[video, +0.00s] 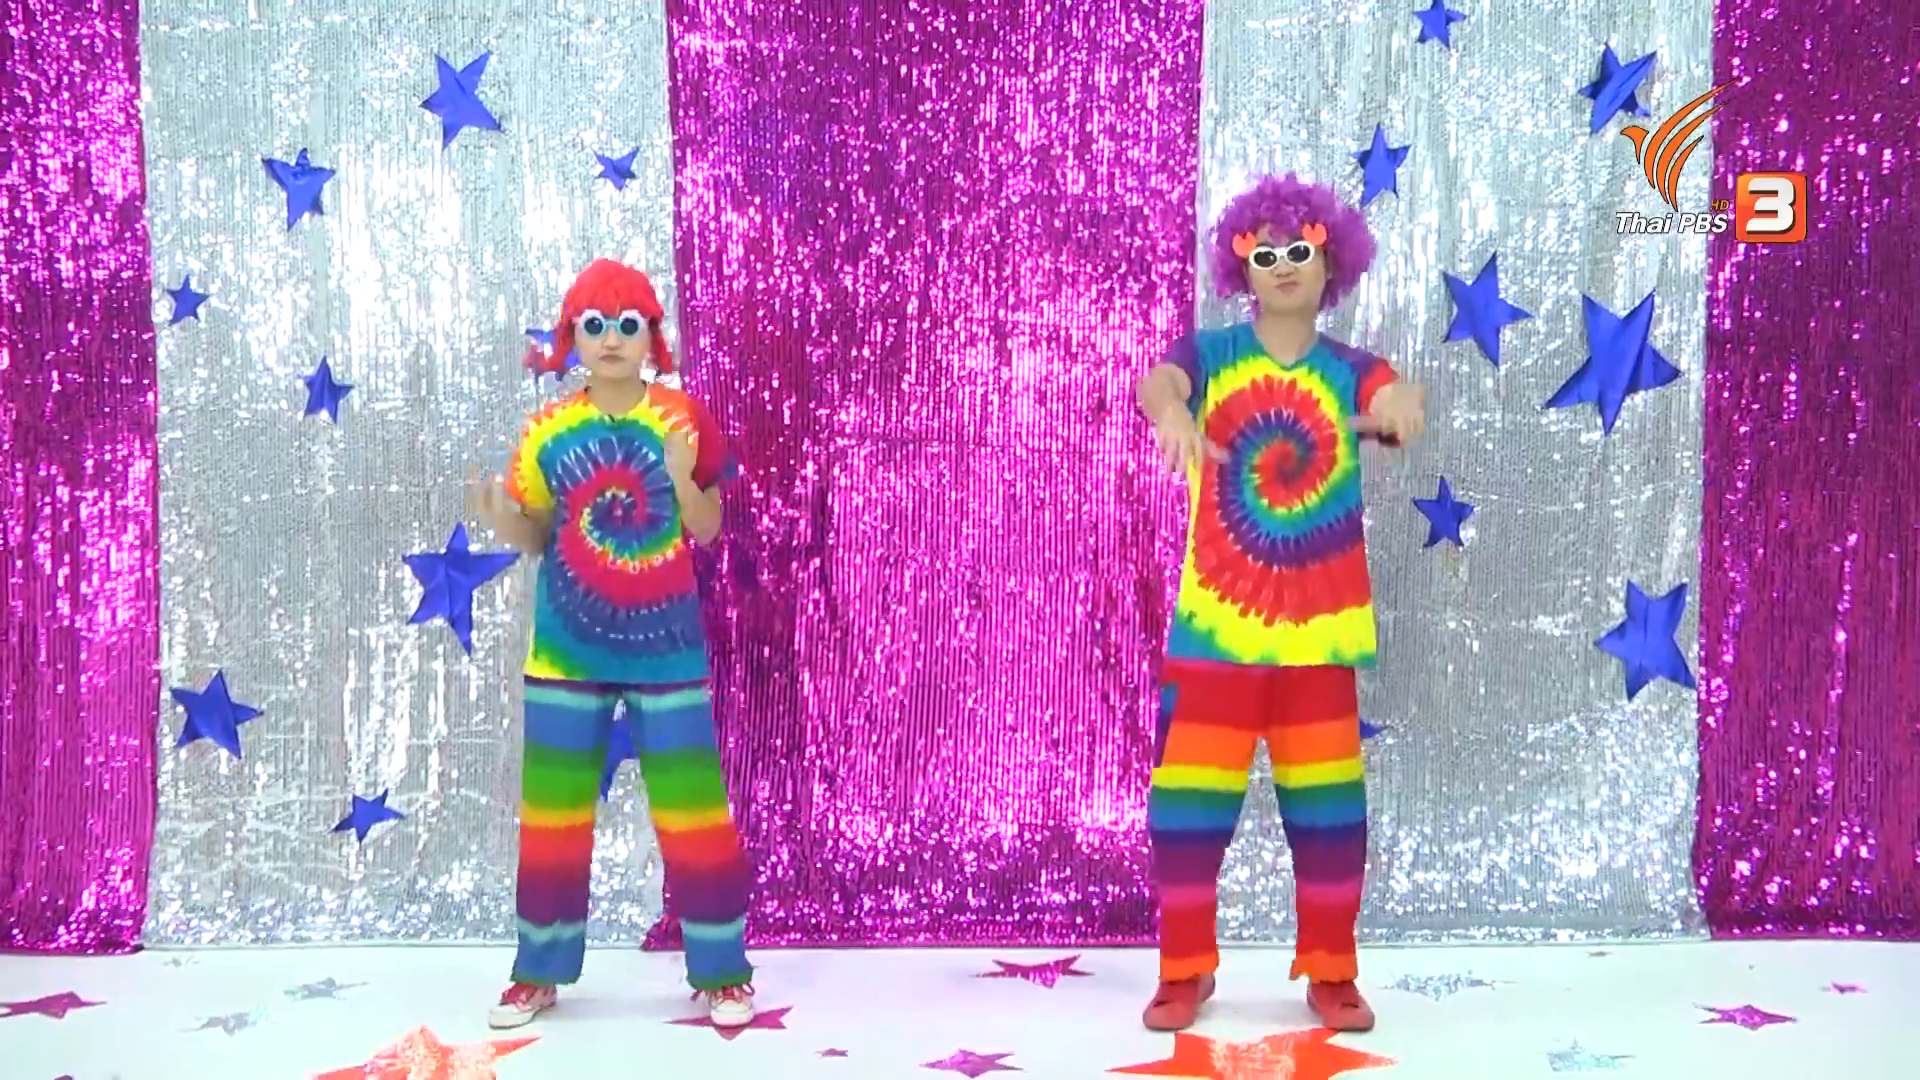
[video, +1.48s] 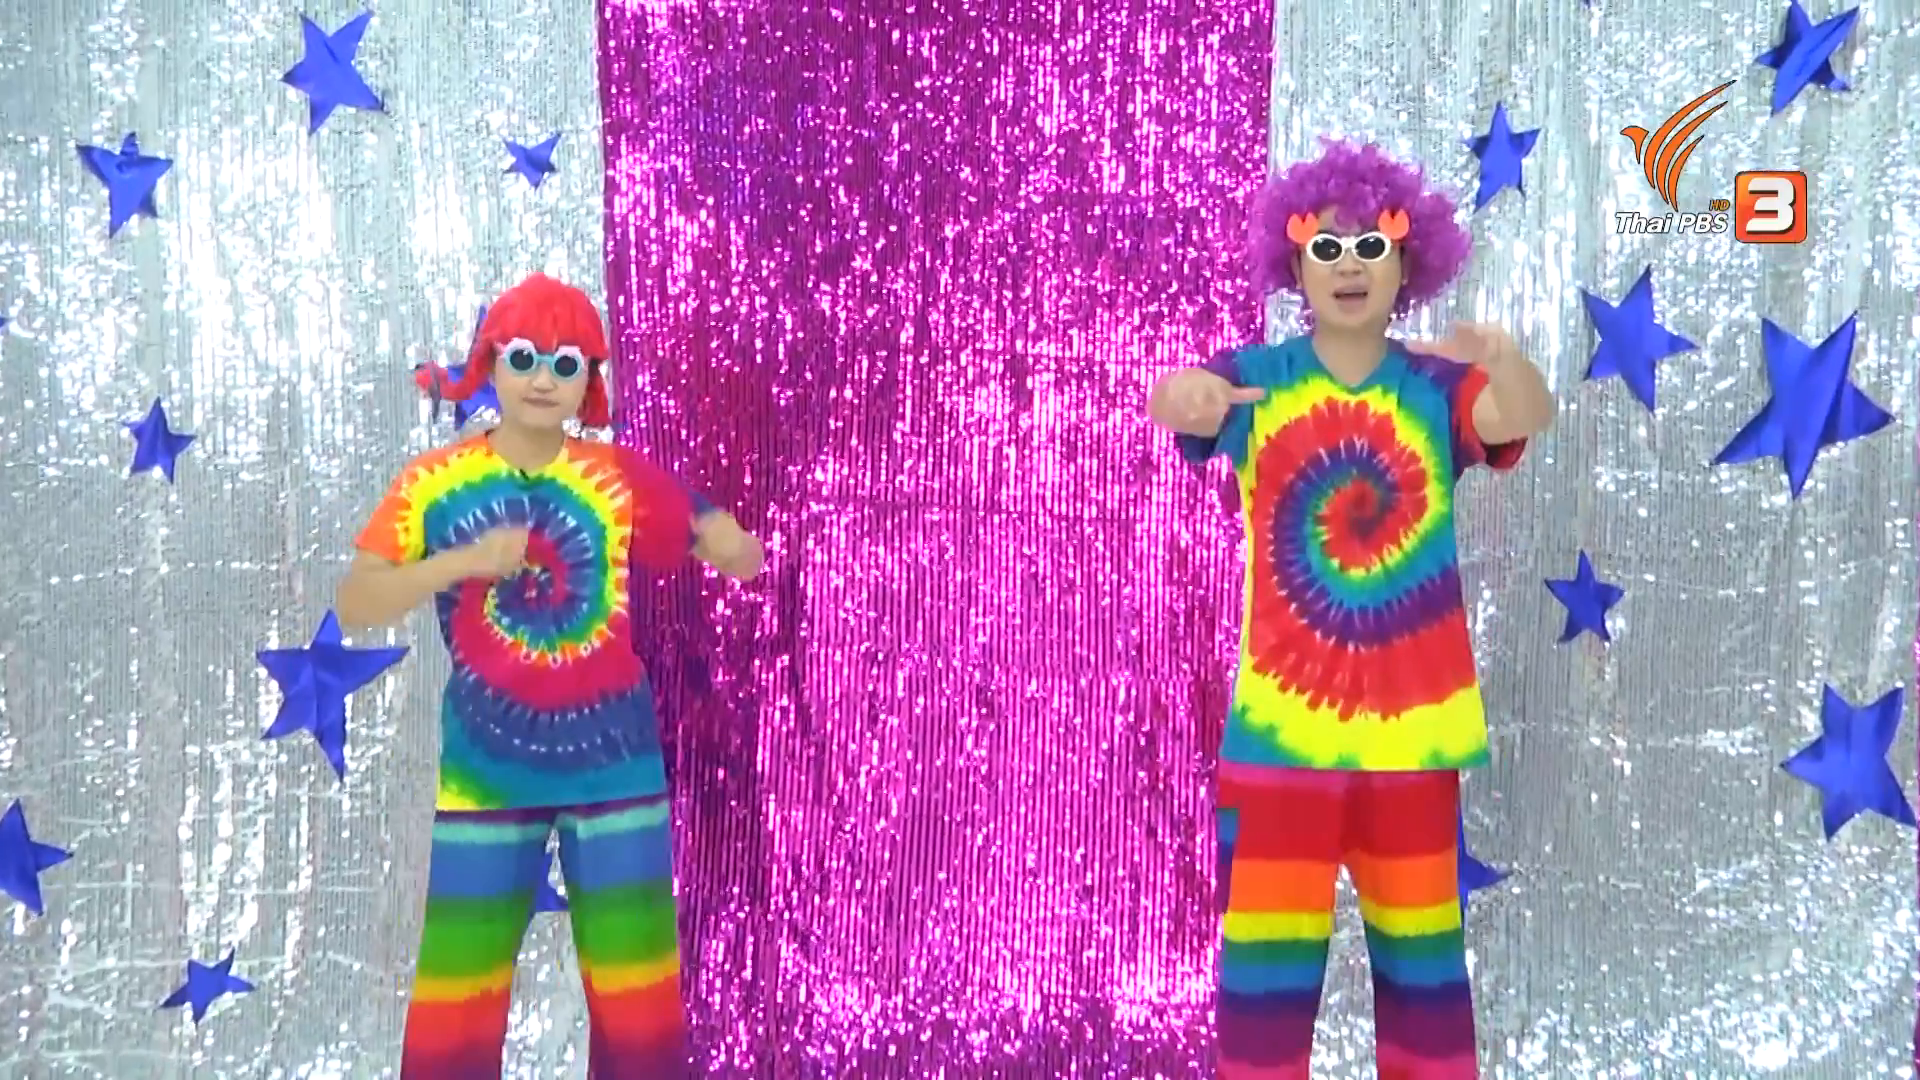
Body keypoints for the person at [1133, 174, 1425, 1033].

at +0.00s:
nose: (1284, 264)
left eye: (1301, 249)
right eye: (1266, 251)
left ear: (1329, 271)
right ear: (1243, 273)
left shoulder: (1352, 368)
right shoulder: (1210, 351)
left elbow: (1387, 404)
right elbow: (1160, 384)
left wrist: (1402, 400)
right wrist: (1171, 411)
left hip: (1320, 632)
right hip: (1215, 630)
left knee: (1329, 808)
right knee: (1189, 805)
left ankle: (1332, 974)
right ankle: (1184, 971)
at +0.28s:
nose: (1255, 239)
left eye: (1274, 225)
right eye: (1238, 226)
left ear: (1303, 249)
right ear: (1217, 246)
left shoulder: (1331, 349)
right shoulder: (1186, 341)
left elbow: (1387, 332)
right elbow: (1138, 335)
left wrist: (1368, 281)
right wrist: (1123, 307)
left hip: (1313, 613)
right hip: (1204, 614)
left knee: (1328, 802)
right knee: (1199, 803)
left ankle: (1347, 992)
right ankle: (1194, 994)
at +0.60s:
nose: (1223, 272)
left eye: (1243, 256)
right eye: (1203, 256)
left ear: (1273, 271)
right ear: (1179, 276)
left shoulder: (1320, 363)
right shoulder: (1158, 382)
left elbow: (1373, 387)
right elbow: (1107, 429)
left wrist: (1370, 412)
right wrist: (1107, 457)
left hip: (1320, 661)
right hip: (1204, 667)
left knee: (1353, 847)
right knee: (1197, 855)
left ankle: (1376, 1028)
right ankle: (1210, 1032)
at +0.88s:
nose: (1289, 240)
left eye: (1309, 223)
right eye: (1269, 223)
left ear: (1337, 246)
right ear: (1242, 247)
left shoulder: (1371, 343)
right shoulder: (1213, 351)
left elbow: (1453, 360)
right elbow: (1142, 349)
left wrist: (1464, 298)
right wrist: (1182, 306)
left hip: (1355, 643)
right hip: (1241, 648)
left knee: (1369, 859)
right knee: (1238, 862)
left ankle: (1387, 1057)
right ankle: (1230, 1059)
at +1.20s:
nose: (1374, 277)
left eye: (1393, 257)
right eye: (1352, 258)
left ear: (1423, 278)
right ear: (1319, 278)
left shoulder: (1459, 397)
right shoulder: (1270, 380)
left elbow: (1522, 464)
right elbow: (1230, 453)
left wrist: (1530, 493)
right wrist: (1294, 494)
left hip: (1414, 733)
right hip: (1286, 730)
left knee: (1428, 962)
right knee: (1247, 958)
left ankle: (1414, 1072)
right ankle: (1246, 1072)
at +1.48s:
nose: (1350, 265)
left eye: (1371, 245)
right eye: (1327, 247)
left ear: (1403, 267)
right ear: (1295, 270)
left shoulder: (1435, 387)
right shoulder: (1257, 377)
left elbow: (1526, 415)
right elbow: (1182, 409)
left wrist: (1498, 352)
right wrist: (1174, 396)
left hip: (1414, 727)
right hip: (1284, 729)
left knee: (1426, 964)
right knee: (1268, 968)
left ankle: (1432, 1079)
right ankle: (1259, 1078)